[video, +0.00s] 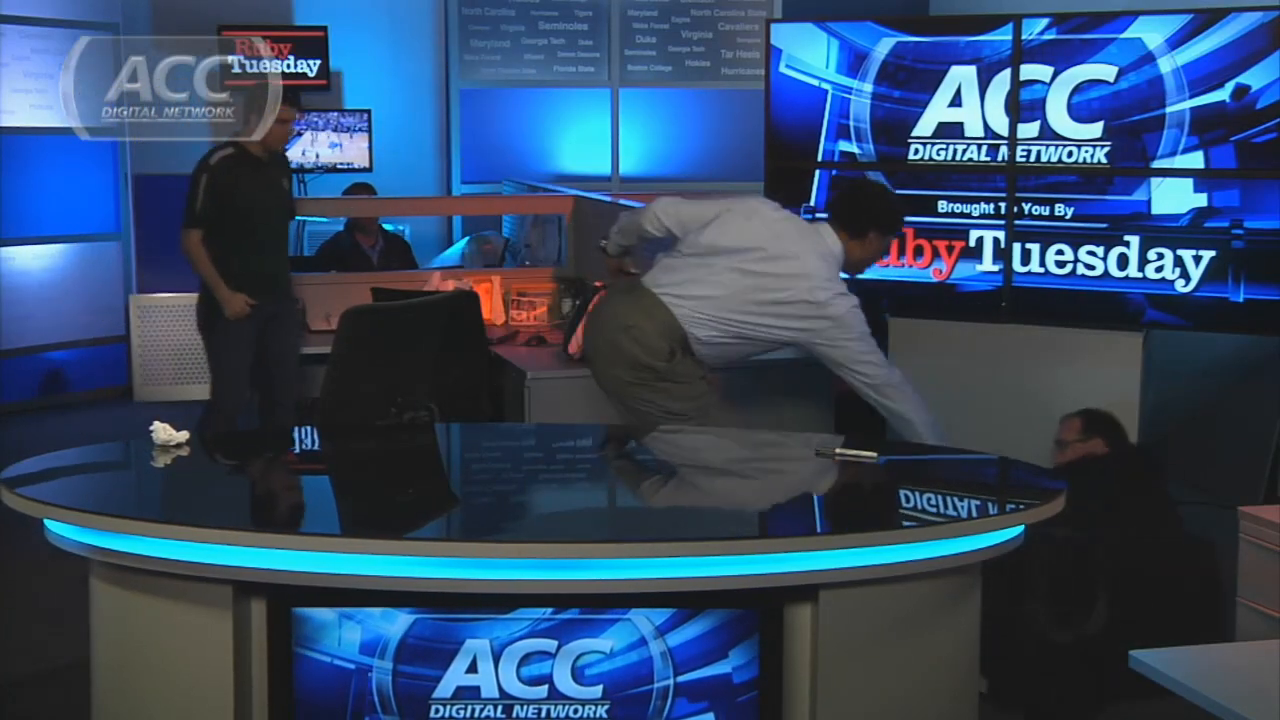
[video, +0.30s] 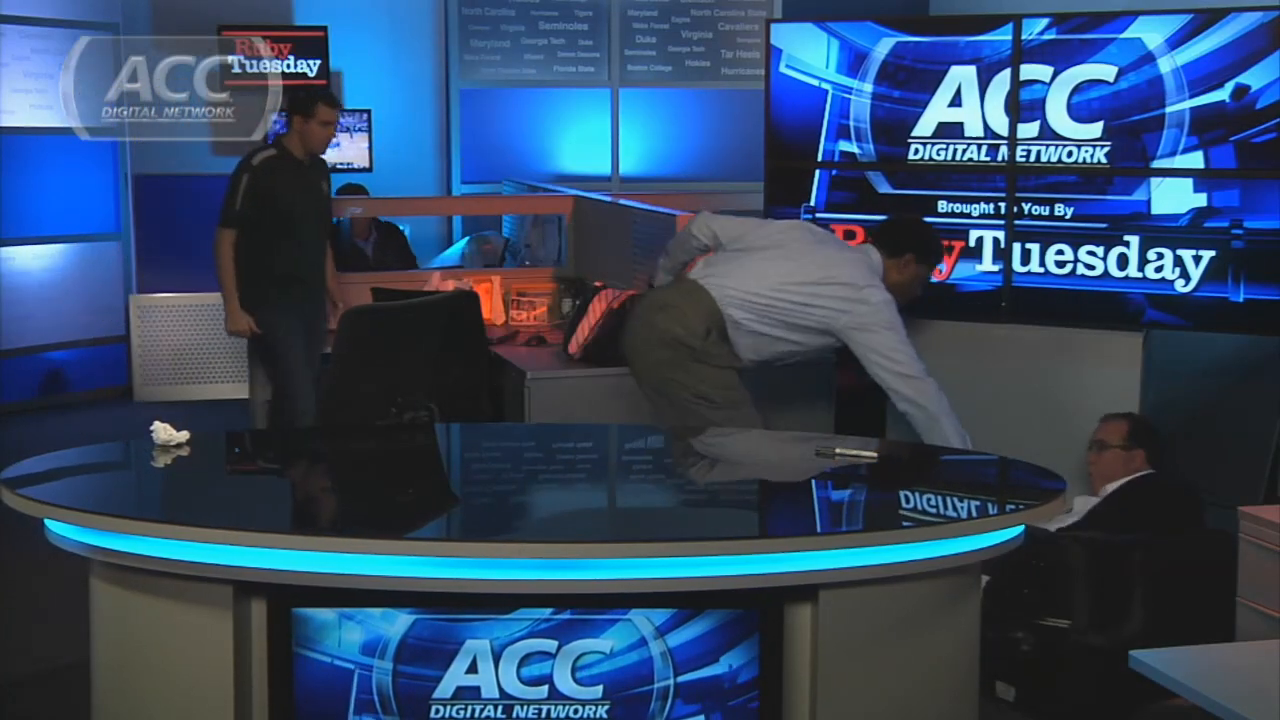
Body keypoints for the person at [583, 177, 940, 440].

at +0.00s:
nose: (883, 253)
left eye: (888, 243)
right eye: (885, 242)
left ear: (836, 215)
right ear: (865, 236)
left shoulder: (759, 210)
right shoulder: (827, 299)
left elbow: (659, 214)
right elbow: (884, 386)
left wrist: (615, 247)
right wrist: (937, 453)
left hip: (612, 313)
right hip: (649, 349)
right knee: (721, 465)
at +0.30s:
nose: (918, 289)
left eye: (924, 279)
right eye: (922, 277)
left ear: (877, 241)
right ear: (904, 263)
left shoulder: (806, 233)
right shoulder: (866, 296)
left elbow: (704, 226)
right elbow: (914, 390)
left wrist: (664, 277)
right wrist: (964, 464)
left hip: (653, 314)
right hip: (686, 333)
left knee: (699, 454)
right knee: (740, 461)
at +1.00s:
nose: (940, 270)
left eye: (943, 261)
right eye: (942, 260)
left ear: (899, 234)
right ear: (927, 250)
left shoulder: (842, 244)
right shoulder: (905, 276)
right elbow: (950, 381)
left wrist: (808, 390)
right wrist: (973, 462)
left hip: (715, 329)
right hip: (744, 337)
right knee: (814, 458)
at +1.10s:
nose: (932, 270)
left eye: (935, 261)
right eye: (934, 259)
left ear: (892, 234)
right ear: (921, 247)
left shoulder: (836, 242)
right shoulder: (903, 276)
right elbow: (942, 381)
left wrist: (810, 382)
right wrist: (965, 462)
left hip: (709, 328)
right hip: (749, 338)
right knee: (812, 461)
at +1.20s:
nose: (920, 277)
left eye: (923, 270)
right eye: (922, 268)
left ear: (877, 239)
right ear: (912, 255)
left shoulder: (824, 244)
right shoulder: (896, 277)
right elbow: (935, 383)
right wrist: (962, 463)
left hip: (699, 326)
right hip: (751, 335)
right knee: (806, 462)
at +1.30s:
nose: (905, 276)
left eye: (908, 269)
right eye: (906, 268)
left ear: (860, 238)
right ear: (896, 255)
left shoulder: (802, 242)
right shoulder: (888, 272)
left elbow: (730, 275)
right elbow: (937, 373)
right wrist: (962, 455)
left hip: (694, 325)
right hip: (752, 333)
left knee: (724, 454)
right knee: (806, 460)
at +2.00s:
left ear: (715, 178)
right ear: (773, 168)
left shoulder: (682, 215)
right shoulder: (801, 194)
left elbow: (630, 333)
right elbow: (904, 236)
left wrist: (678, 370)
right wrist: (867, 331)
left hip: (681, 341)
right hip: (759, 337)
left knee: (687, 468)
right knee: (793, 469)